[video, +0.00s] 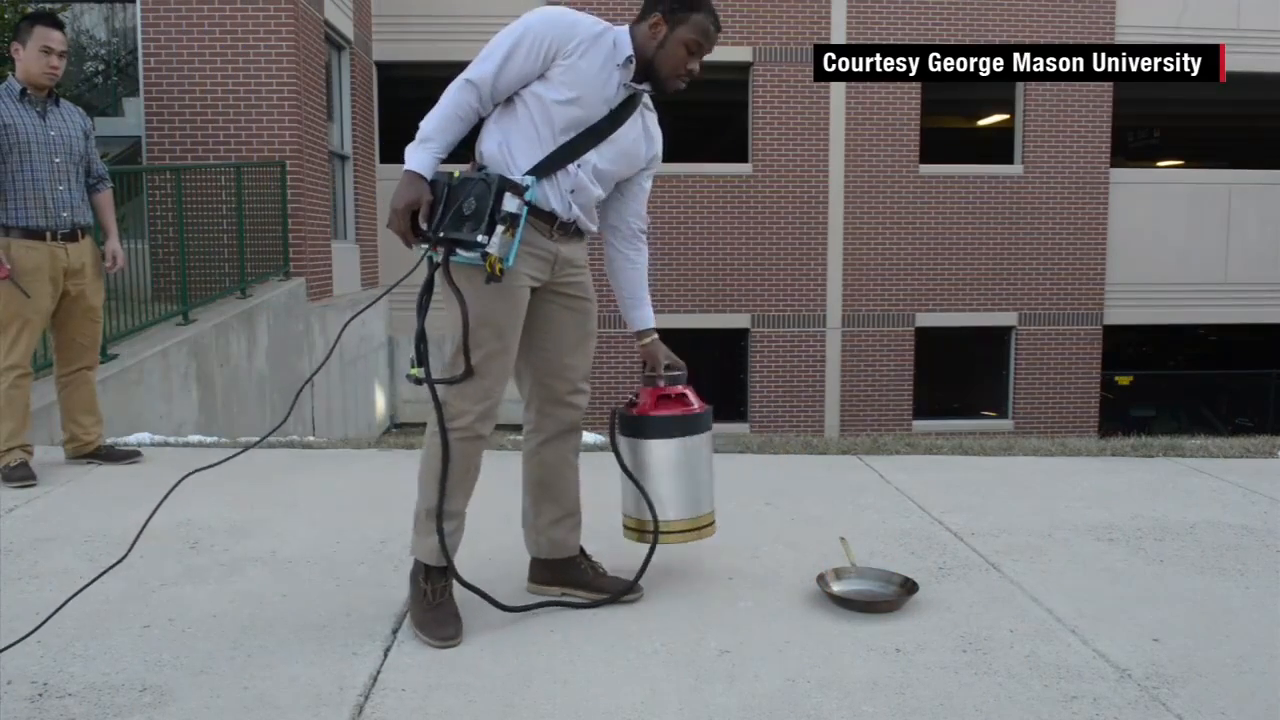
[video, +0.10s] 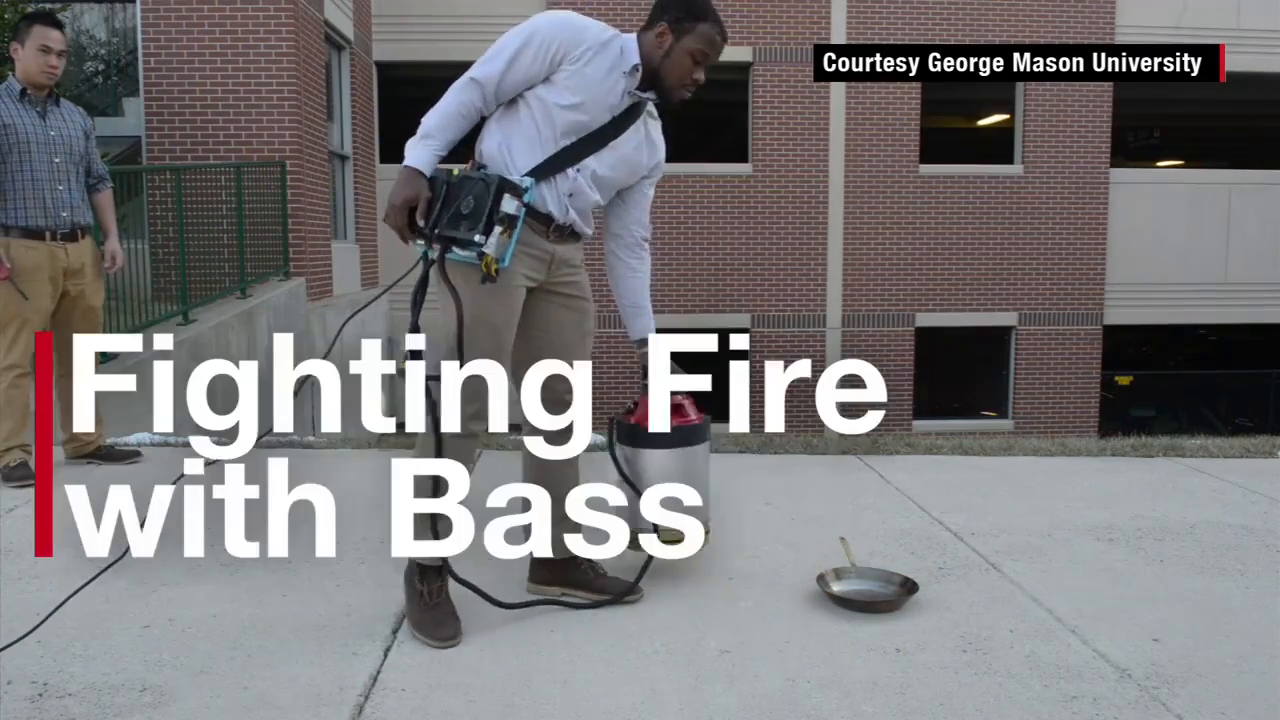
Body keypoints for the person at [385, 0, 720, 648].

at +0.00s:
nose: (695, 69)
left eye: (703, 59)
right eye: (692, 50)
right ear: (654, 24)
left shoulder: (646, 135)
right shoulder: (563, 31)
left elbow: (629, 239)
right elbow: (475, 87)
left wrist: (646, 334)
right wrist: (416, 170)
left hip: (566, 254)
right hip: (493, 233)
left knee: (560, 406)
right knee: (468, 408)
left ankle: (555, 558)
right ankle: (433, 570)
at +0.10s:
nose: (701, 78)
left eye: (709, 67)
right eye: (698, 59)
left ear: (694, 61)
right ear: (659, 33)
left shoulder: (648, 145)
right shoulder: (569, 36)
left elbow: (630, 249)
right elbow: (478, 87)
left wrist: (648, 341)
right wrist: (414, 166)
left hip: (563, 255)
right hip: (491, 233)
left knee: (559, 412)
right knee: (466, 412)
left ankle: (554, 558)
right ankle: (427, 568)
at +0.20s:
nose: (706, 92)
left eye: (715, 82)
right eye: (705, 73)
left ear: (687, 64)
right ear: (668, 45)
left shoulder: (651, 155)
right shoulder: (578, 42)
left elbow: (633, 257)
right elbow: (483, 87)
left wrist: (651, 350)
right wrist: (415, 160)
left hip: (559, 256)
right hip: (486, 233)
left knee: (559, 411)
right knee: (462, 410)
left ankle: (554, 558)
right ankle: (420, 565)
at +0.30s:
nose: (709, 97)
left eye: (718, 88)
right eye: (708, 79)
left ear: (688, 69)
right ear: (672, 51)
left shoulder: (652, 160)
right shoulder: (584, 45)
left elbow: (634, 262)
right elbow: (486, 88)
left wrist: (650, 356)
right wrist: (417, 158)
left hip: (559, 258)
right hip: (485, 232)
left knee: (559, 411)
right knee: (462, 409)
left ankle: (554, 557)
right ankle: (417, 564)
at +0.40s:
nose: (713, 102)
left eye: (722, 93)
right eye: (709, 82)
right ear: (673, 56)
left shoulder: (653, 167)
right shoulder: (590, 50)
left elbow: (634, 269)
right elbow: (490, 89)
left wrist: (651, 364)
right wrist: (417, 159)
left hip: (558, 257)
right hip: (484, 231)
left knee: (558, 411)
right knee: (463, 409)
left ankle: (555, 557)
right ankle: (418, 563)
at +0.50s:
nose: (713, 105)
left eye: (724, 98)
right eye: (710, 85)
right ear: (674, 59)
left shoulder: (655, 171)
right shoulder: (593, 52)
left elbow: (635, 271)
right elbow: (491, 89)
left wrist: (651, 369)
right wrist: (418, 158)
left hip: (556, 258)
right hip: (484, 231)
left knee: (558, 411)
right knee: (465, 408)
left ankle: (555, 557)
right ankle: (419, 565)